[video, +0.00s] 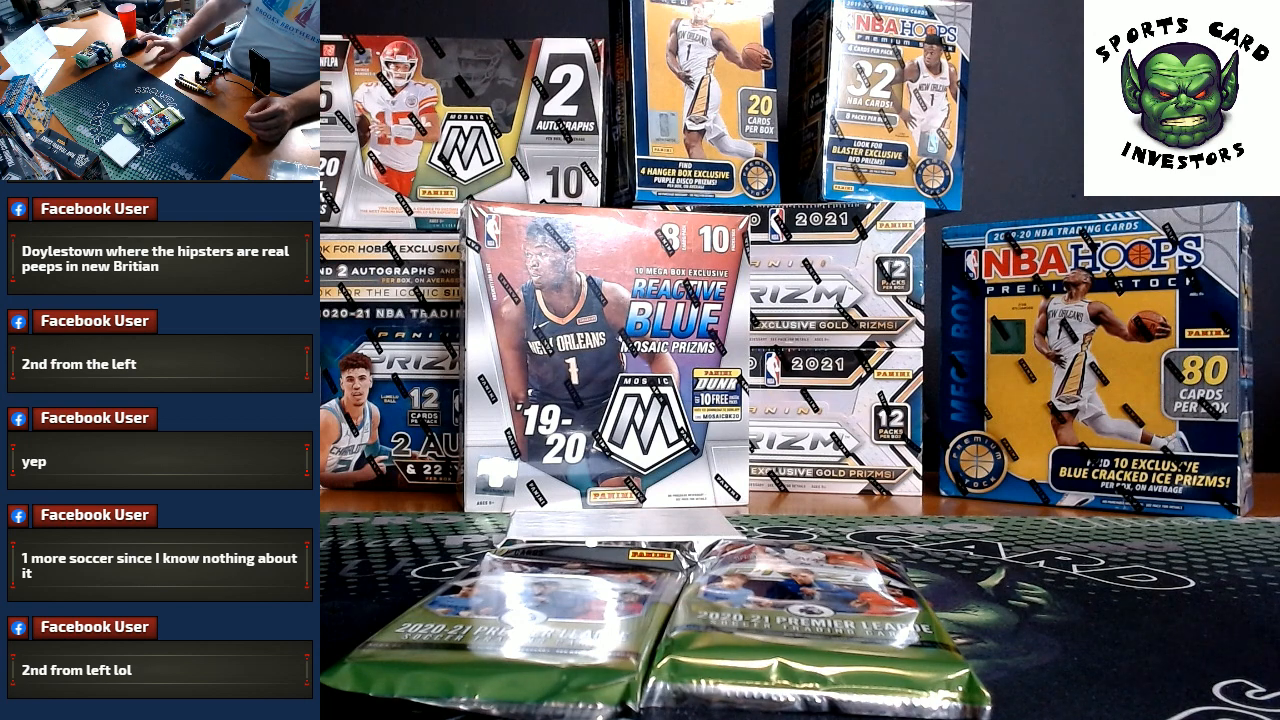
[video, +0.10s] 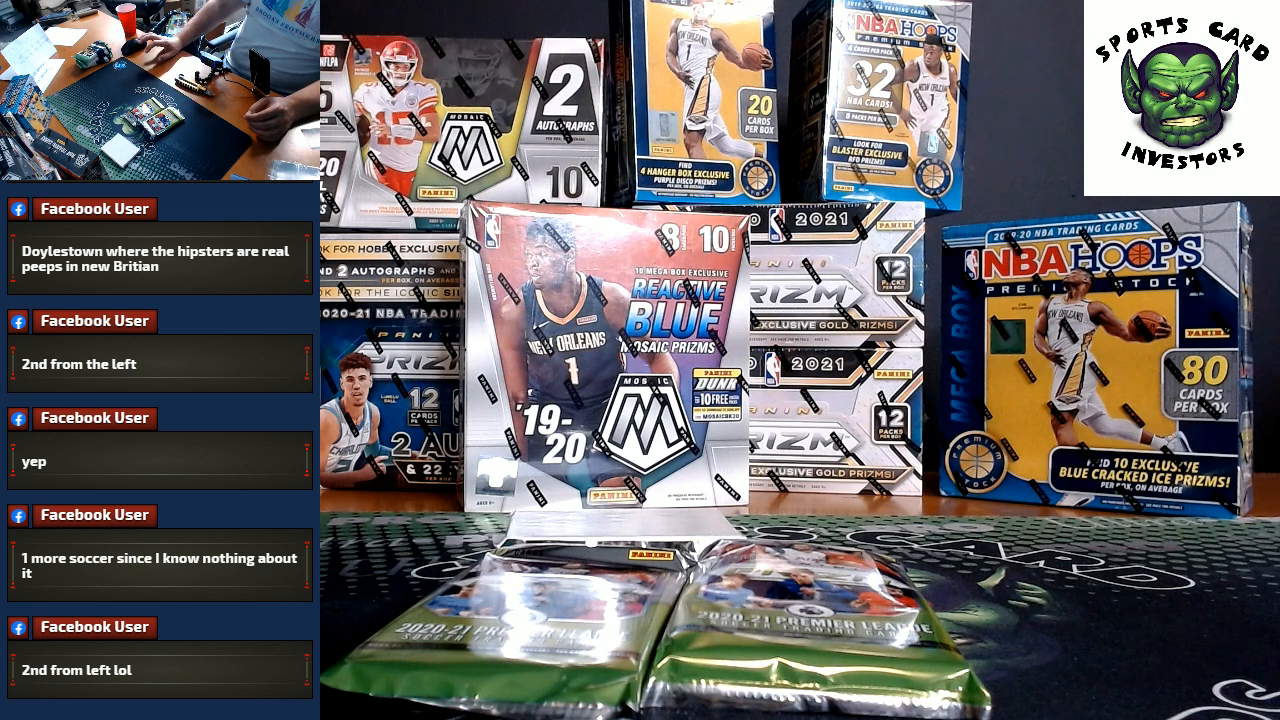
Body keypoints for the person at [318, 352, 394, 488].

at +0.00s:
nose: (356, 385)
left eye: (362, 378)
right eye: (350, 379)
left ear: (370, 382)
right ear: (341, 383)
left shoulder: (372, 413)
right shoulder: (325, 419)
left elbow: (373, 450)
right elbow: (316, 477)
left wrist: (406, 456)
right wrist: (360, 475)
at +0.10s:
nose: (356, 385)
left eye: (362, 378)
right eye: (350, 379)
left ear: (370, 382)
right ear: (341, 383)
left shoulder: (372, 413)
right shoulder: (325, 419)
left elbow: (373, 450)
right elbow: (316, 477)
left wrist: (406, 456)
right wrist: (360, 475)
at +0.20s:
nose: (356, 385)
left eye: (362, 379)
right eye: (350, 379)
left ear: (370, 382)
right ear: (341, 383)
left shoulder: (372, 413)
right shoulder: (325, 419)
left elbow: (373, 450)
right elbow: (316, 477)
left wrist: (406, 456)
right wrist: (360, 475)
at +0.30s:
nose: (356, 385)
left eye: (362, 378)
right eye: (350, 379)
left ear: (370, 382)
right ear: (341, 383)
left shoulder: (372, 413)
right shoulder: (325, 419)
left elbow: (373, 450)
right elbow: (316, 477)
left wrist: (406, 456)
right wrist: (360, 475)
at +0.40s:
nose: (356, 385)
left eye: (362, 378)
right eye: (350, 379)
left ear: (370, 382)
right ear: (341, 383)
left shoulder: (372, 413)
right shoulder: (325, 419)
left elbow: (373, 450)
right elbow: (316, 477)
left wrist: (406, 456)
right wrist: (360, 475)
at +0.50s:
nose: (356, 385)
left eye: (362, 378)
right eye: (350, 379)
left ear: (370, 382)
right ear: (341, 383)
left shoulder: (372, 413)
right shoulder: (325, 419)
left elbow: (373, 450)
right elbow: (316, 477)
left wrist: (406, 456)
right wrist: (360, 475)